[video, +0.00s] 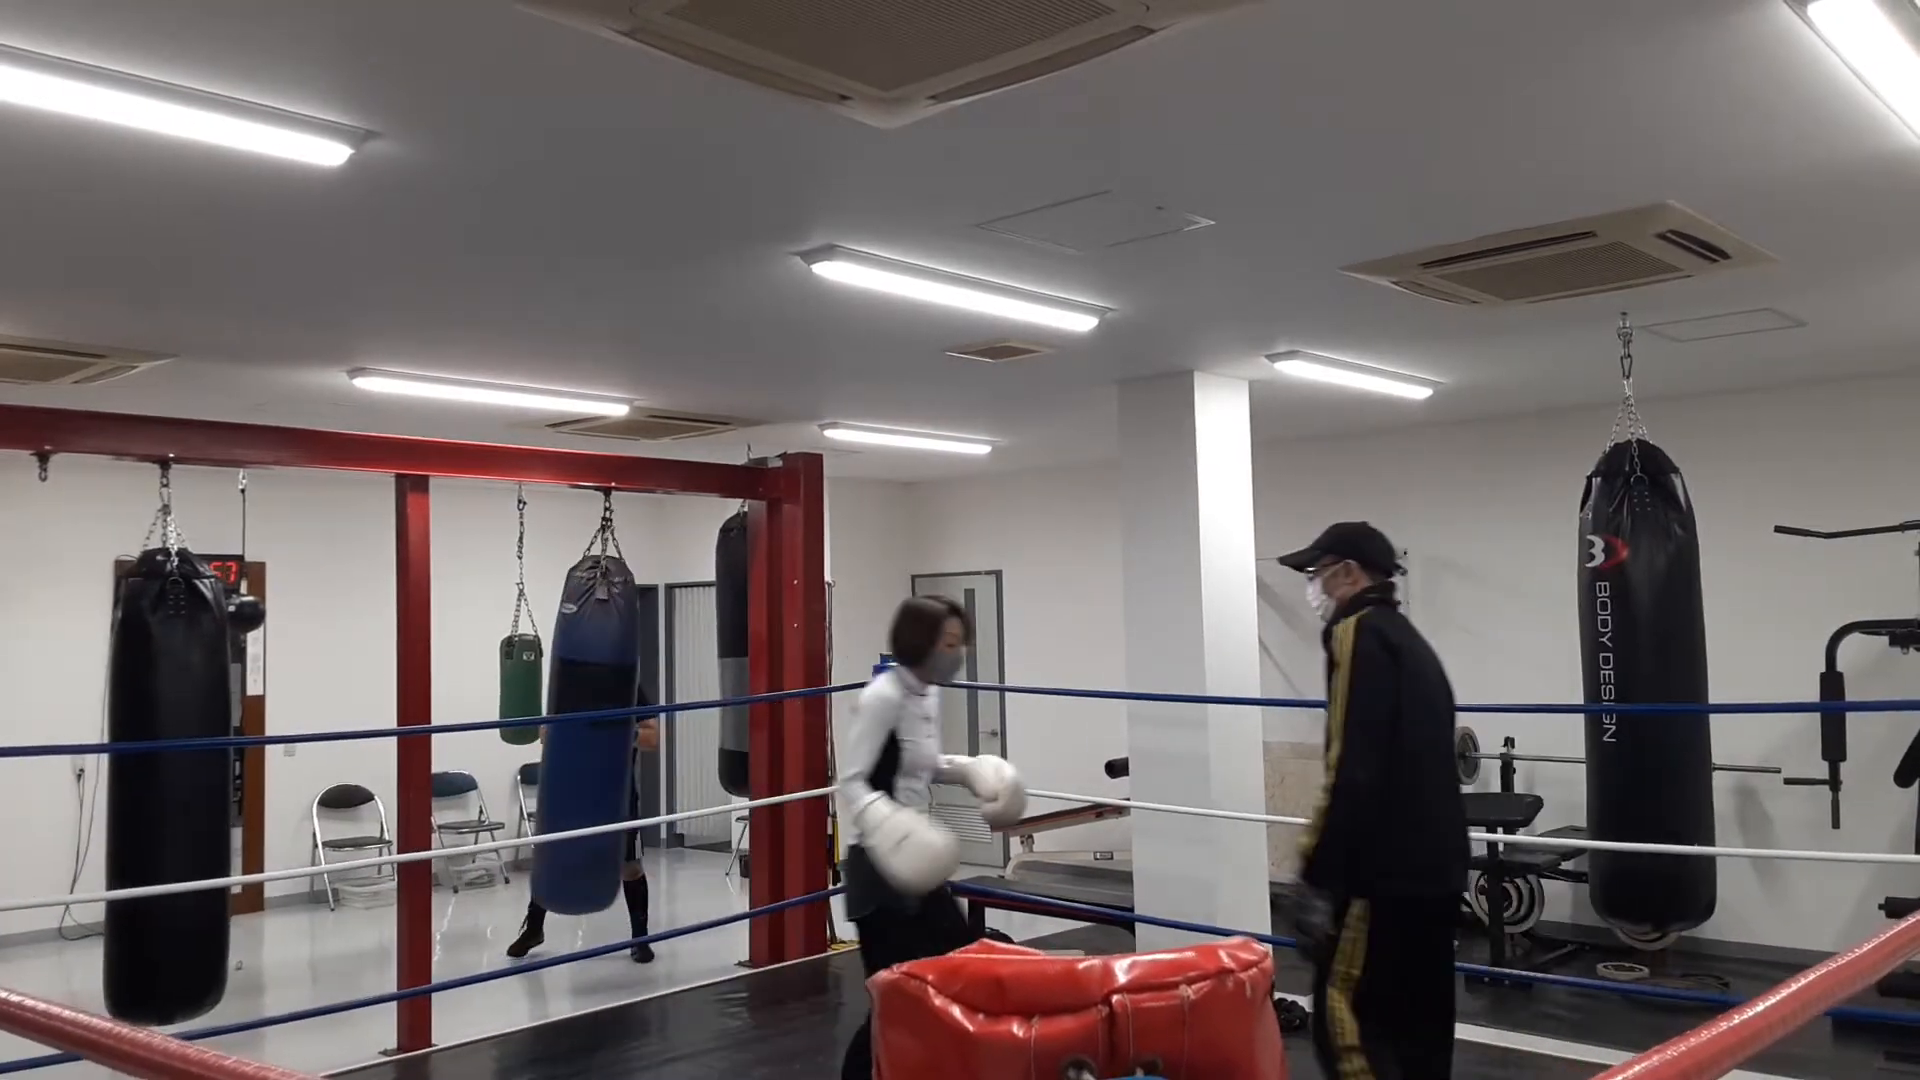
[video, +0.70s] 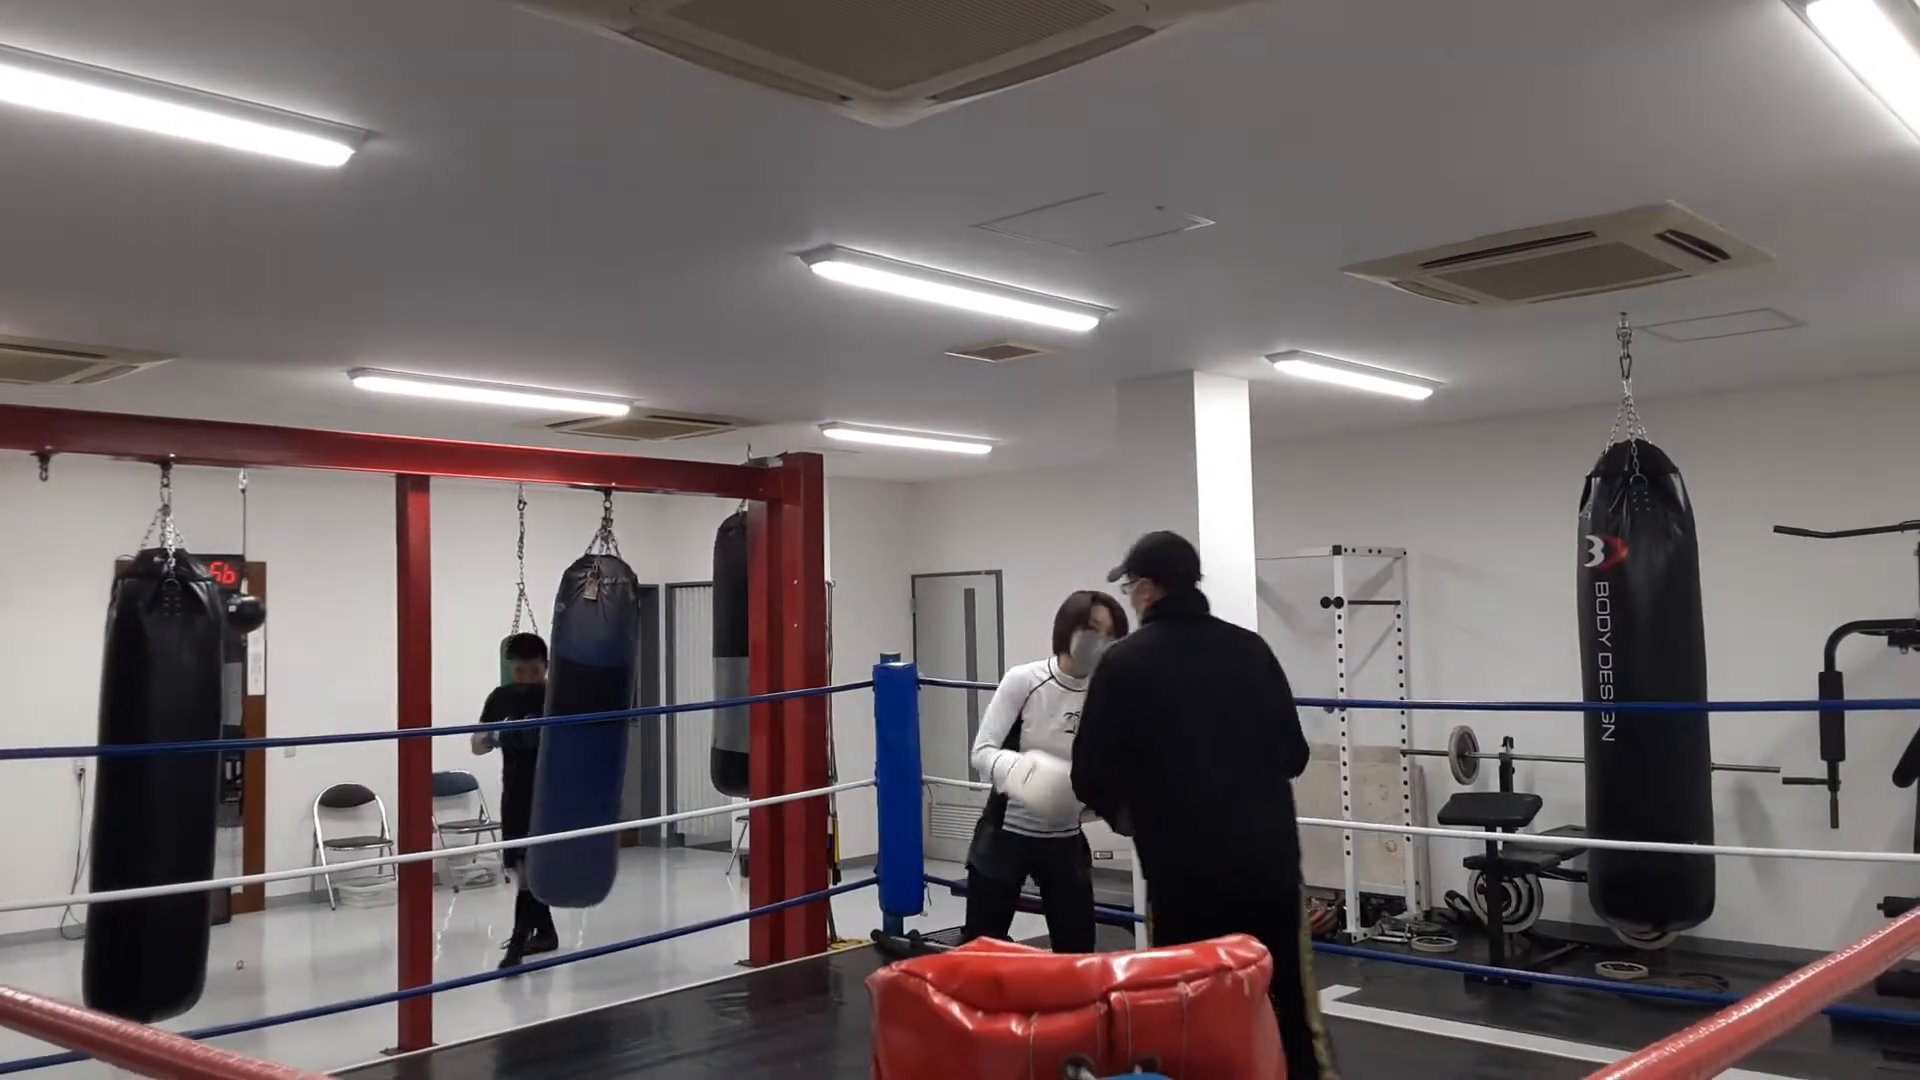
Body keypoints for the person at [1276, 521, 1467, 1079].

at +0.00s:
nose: (1312, 590)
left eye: (1318, 576)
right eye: (1311, 578)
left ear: (1349, 573)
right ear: (1364, 576)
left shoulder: (1359, 631)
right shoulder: (1408, 638)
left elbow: (1353, 768)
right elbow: (1426, 768)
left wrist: (1317, 878)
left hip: (1384, 866)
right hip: (1433, 862)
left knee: (1341, 1004)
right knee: (1419, 1012)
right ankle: (1423, 1077)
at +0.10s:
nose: (1297, 590)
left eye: (1303, 576)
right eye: (1296, 578)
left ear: (1332, 573)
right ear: (1355, 577)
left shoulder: (1334, 631)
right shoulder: (1394, 643)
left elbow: (1329, 759)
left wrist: (1259, 849)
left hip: (1356, 867)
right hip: (1416, 864)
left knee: (1312, 1025)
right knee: (1412, 1031)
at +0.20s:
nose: (1274, 592)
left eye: (1278, 579)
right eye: (1272, 581)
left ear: (1306, 575)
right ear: (1328, 579)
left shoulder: (1306, 636)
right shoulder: (1375, 645)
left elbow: (1296, 756)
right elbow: (1353, 758)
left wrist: (1207, 801)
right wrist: (1256, 767)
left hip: (1332, 868)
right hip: (1400, 865)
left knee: (1303, 1032)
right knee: (1406, 1036)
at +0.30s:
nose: (1246, 591)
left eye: (1252, 579)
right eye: (1247, 580)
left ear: (1279, 580)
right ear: (1303, 584)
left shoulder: (1270, 643)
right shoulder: (1356, 651)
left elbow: (1247, 755)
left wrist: (1153, 772)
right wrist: (1227, 731)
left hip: (1306, 874)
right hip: (1379, 874)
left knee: (1267, 1044)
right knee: (1398, 1051)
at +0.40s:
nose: (1220, 592)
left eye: (1226, 581)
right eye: (1220, 581)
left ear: (1251, 585)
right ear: (1279, 588)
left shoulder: (1230, 654)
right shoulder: (1323, 655)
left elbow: (1189, 762)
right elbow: (1272, 740)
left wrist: (1102, 767)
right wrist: (1168, 735)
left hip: (1266, 869)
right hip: (1343, 866)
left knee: (1235, 1013)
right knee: (1383, 1030)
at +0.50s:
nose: (1183, 589)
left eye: (1188, 579)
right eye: (1185, 579)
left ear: (1209, 585)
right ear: (1243, 587)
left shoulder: (1184, 658)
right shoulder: (1290, 654)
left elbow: (1145, 768)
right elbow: (1292, 752)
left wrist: (1089, 773)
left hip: (1225, 866)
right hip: (1307, 860)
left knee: (1213, 1014)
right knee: (1353, 1013)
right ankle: (1381, 1074)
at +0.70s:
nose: (1129, 596)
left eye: (1130, 586)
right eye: (1129, 586)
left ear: (1146, 588)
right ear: (1193, 583)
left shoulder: (1122, 663)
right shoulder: (1250, 647)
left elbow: (1092, 779)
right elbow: (1293, 755)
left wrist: (1137, 816)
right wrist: (1236, 767)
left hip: (1177, 862)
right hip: (1267, 857)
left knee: (1190, 1005)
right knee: (1286, 1001)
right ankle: (1303, 1074)